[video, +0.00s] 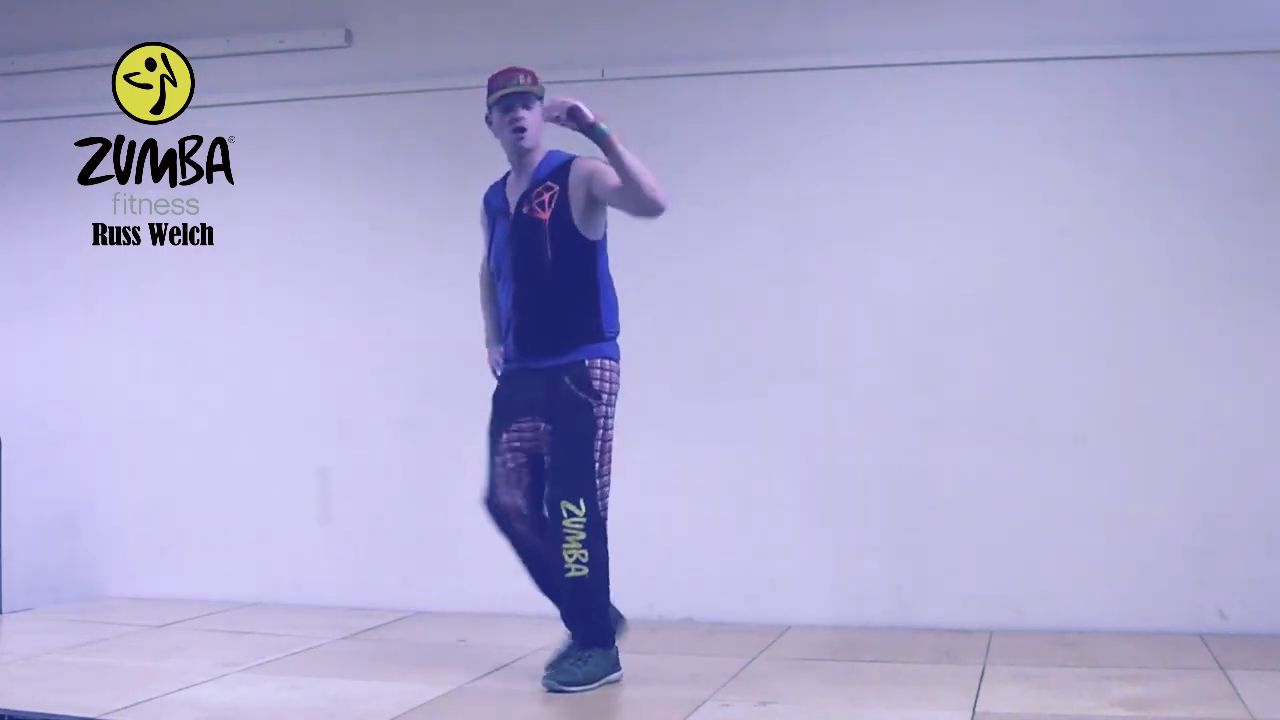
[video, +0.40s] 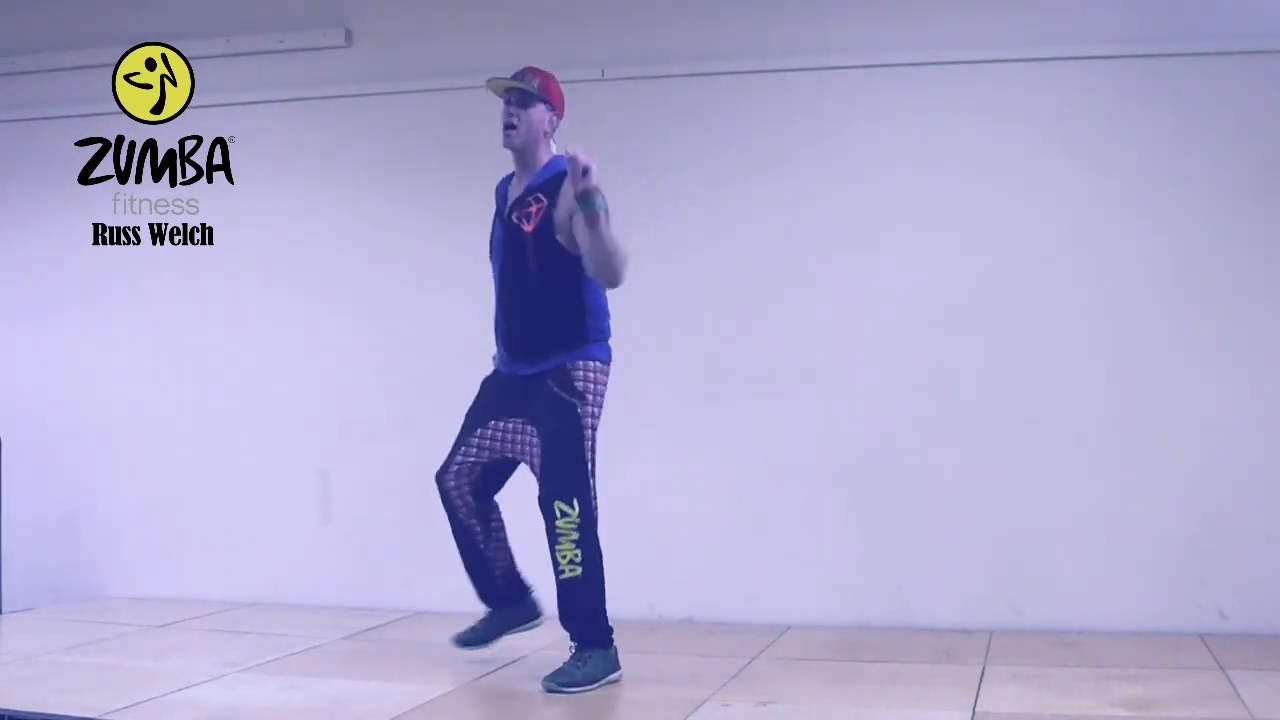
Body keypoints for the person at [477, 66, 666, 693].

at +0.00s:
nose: (518, 118)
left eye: (527, 106)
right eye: (506, 110)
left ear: (547, 115)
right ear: (492, 124)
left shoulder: (579, 172)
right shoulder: (494, 199)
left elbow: (653, 202)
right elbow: (491, 276)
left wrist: (599, 130)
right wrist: (494, 341)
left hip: (582, 365)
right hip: (521, 370)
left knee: (574, 504)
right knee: (507, 499)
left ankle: (595, 648)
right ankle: (593, 617)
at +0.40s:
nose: (508, 113)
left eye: (521, 105)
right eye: (505, 105)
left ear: (551, 117)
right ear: (502, 119)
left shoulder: (573, 182)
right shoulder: (505, 191)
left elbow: (611, 273)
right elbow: (514, 278)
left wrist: (587, 204)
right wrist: (507, 352)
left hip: (571, 365)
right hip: (514, 367)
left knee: (565, 503)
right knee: (459, 480)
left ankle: (594, 647)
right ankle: (510, 602)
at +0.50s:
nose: (508, 107)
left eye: (520, 98)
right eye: (504, 98)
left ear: (550, 108)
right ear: (501, 109)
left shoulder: (563, 179)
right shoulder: (501, 182)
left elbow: (571, 266)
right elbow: (498, 268)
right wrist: (493, 343)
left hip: (554, 360)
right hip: (500, 361)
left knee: (569, 500)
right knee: (482, 495)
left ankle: (594, 644)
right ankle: (482, 615)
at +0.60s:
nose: (505, 117)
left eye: (516, 108)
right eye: (500, 109)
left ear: (544, 117)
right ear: (496, 118)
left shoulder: (558, 187)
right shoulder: (494, 192)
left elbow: (551, 269)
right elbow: (485, 278)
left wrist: (535, 357)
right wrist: (474, 353)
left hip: (541, 364)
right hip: (489, 367)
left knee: (559, 505)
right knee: (483, 502)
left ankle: (593, 645)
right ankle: (483, 623)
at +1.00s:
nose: (451, 143)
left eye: (462, 132)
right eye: (444, 133)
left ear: (488, 134)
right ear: (437, 139)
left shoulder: (514, 200)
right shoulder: (456, 198)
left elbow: (521, 294)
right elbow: (472, 277)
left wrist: (439, 278)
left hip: (518, 362)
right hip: (472, 362)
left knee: (483, 482)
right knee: (469, 486)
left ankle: (525, 599)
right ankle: (483, 616)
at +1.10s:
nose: (451, 141)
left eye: (460, 130)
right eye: (443, 132)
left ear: (487, 130)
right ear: (437, 139)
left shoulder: (514, 199)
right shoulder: (455, 200)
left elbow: (512, 293)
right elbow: (460, 283)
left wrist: (433, 305)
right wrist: (447, 340)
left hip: (511, 371)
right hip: (464, 371)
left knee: (498, 498)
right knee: (466, 498)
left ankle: (520, 623)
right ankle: (481, 620)